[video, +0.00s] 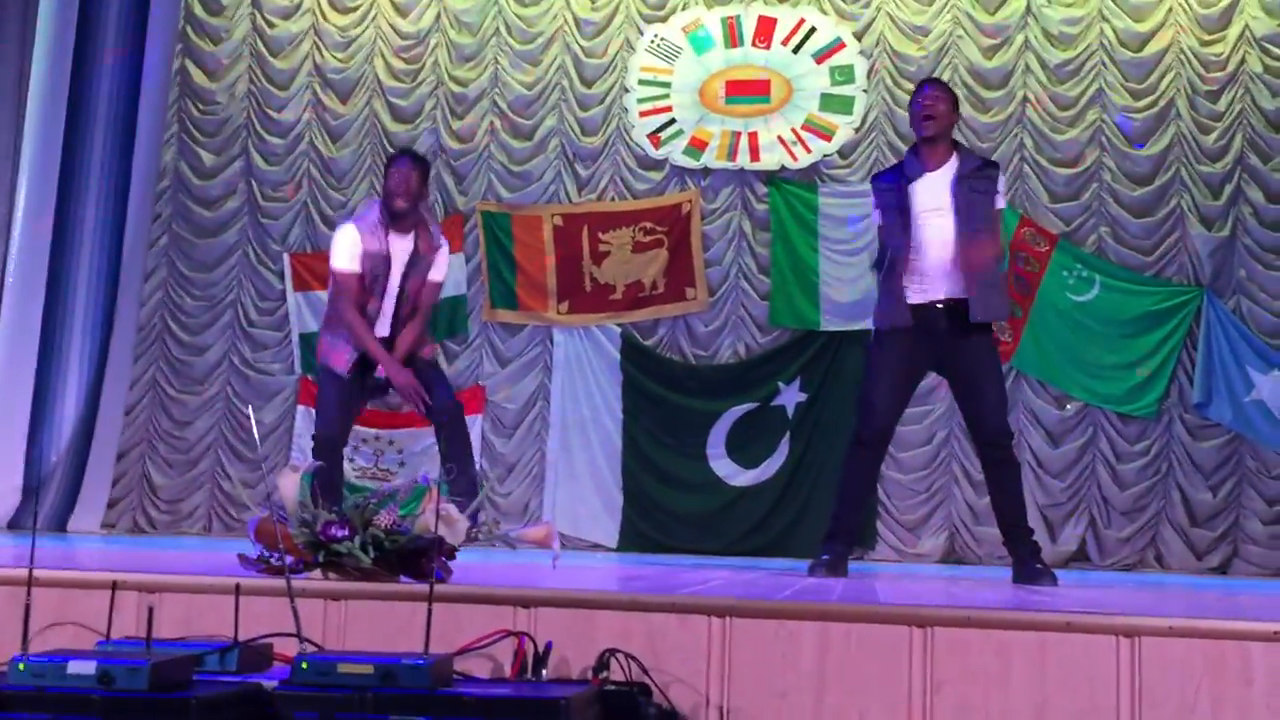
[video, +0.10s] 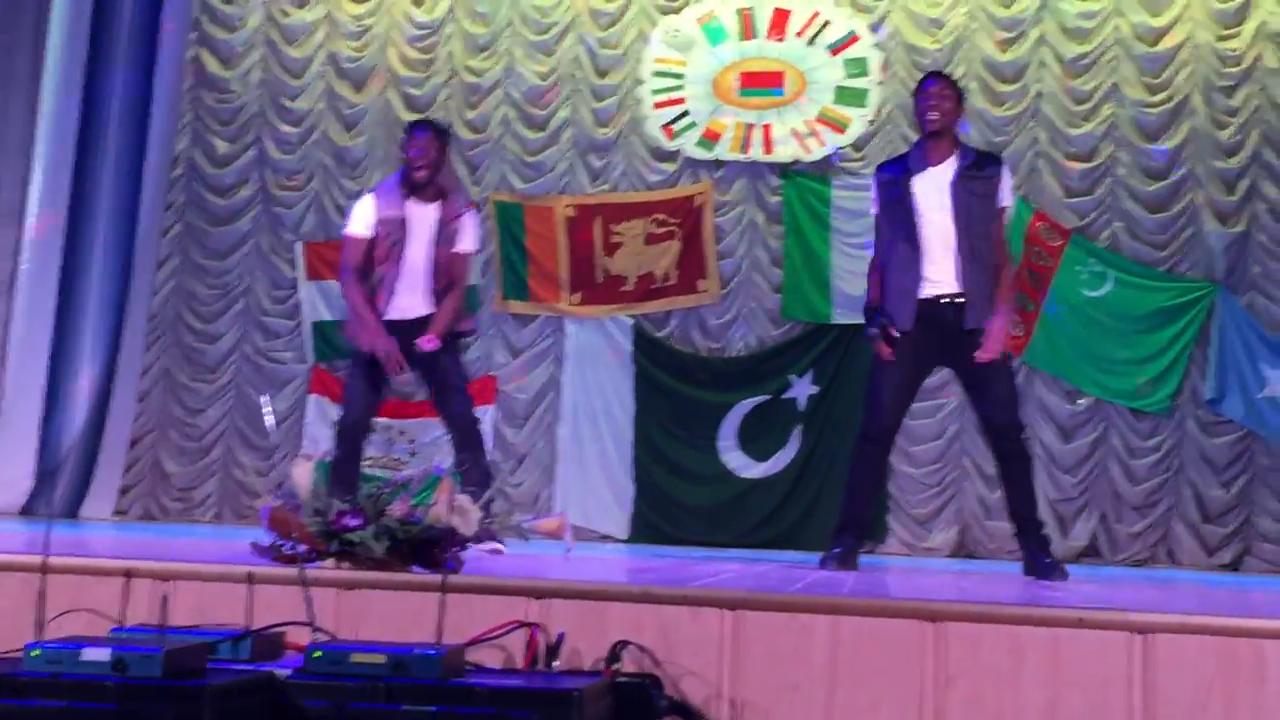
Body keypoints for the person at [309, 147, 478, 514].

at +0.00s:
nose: (402, 187)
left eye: (411, 180)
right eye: (395, 178)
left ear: (424, 189)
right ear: (383, 184)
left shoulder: (436, 246)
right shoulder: (352, 235)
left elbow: (421, 315)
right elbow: (347, 312)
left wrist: (392, 366)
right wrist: (391, 368)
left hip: (406, 348)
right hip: (350, 348)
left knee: (448, 410)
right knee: (329, 436)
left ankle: (465, 513)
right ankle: (329, 524)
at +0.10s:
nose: (420, 161)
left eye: (429, 154)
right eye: (413, 153)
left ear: (444, 158)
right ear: (403, 154)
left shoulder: (461, 214)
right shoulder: (372, 206)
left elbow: (458, 286)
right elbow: (350, 278)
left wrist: (432, 336)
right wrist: (378, 339)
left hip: (431, 329)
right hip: (378, 329)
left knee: (462, 417)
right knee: (353, 420)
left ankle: (478, 515)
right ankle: (340, 513)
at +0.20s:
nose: (442, 138)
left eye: (450, 131)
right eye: (435, 129)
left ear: (465, 137)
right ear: (423, 134)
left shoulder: (487, 192)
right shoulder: (399, 185)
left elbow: (496, 262)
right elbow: (359, 246)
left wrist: (470, 308)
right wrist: (354, 306)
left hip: (464, 314)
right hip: (407, 312)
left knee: (478, 409)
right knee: (377, 408)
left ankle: (491, 512)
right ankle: (354, 502)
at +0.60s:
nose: (456, 114)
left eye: (465, 107)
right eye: (450, 106)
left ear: (481, 112)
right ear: (441, 110)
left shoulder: (505, 165)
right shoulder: (417, 158)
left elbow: (520, 234)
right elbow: (370, 212)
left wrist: (487, 268)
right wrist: (341, 259)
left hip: (479, 288)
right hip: (424, 289)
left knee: (485, 388)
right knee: (412, 387)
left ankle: (487, 489)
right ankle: (397, 486)